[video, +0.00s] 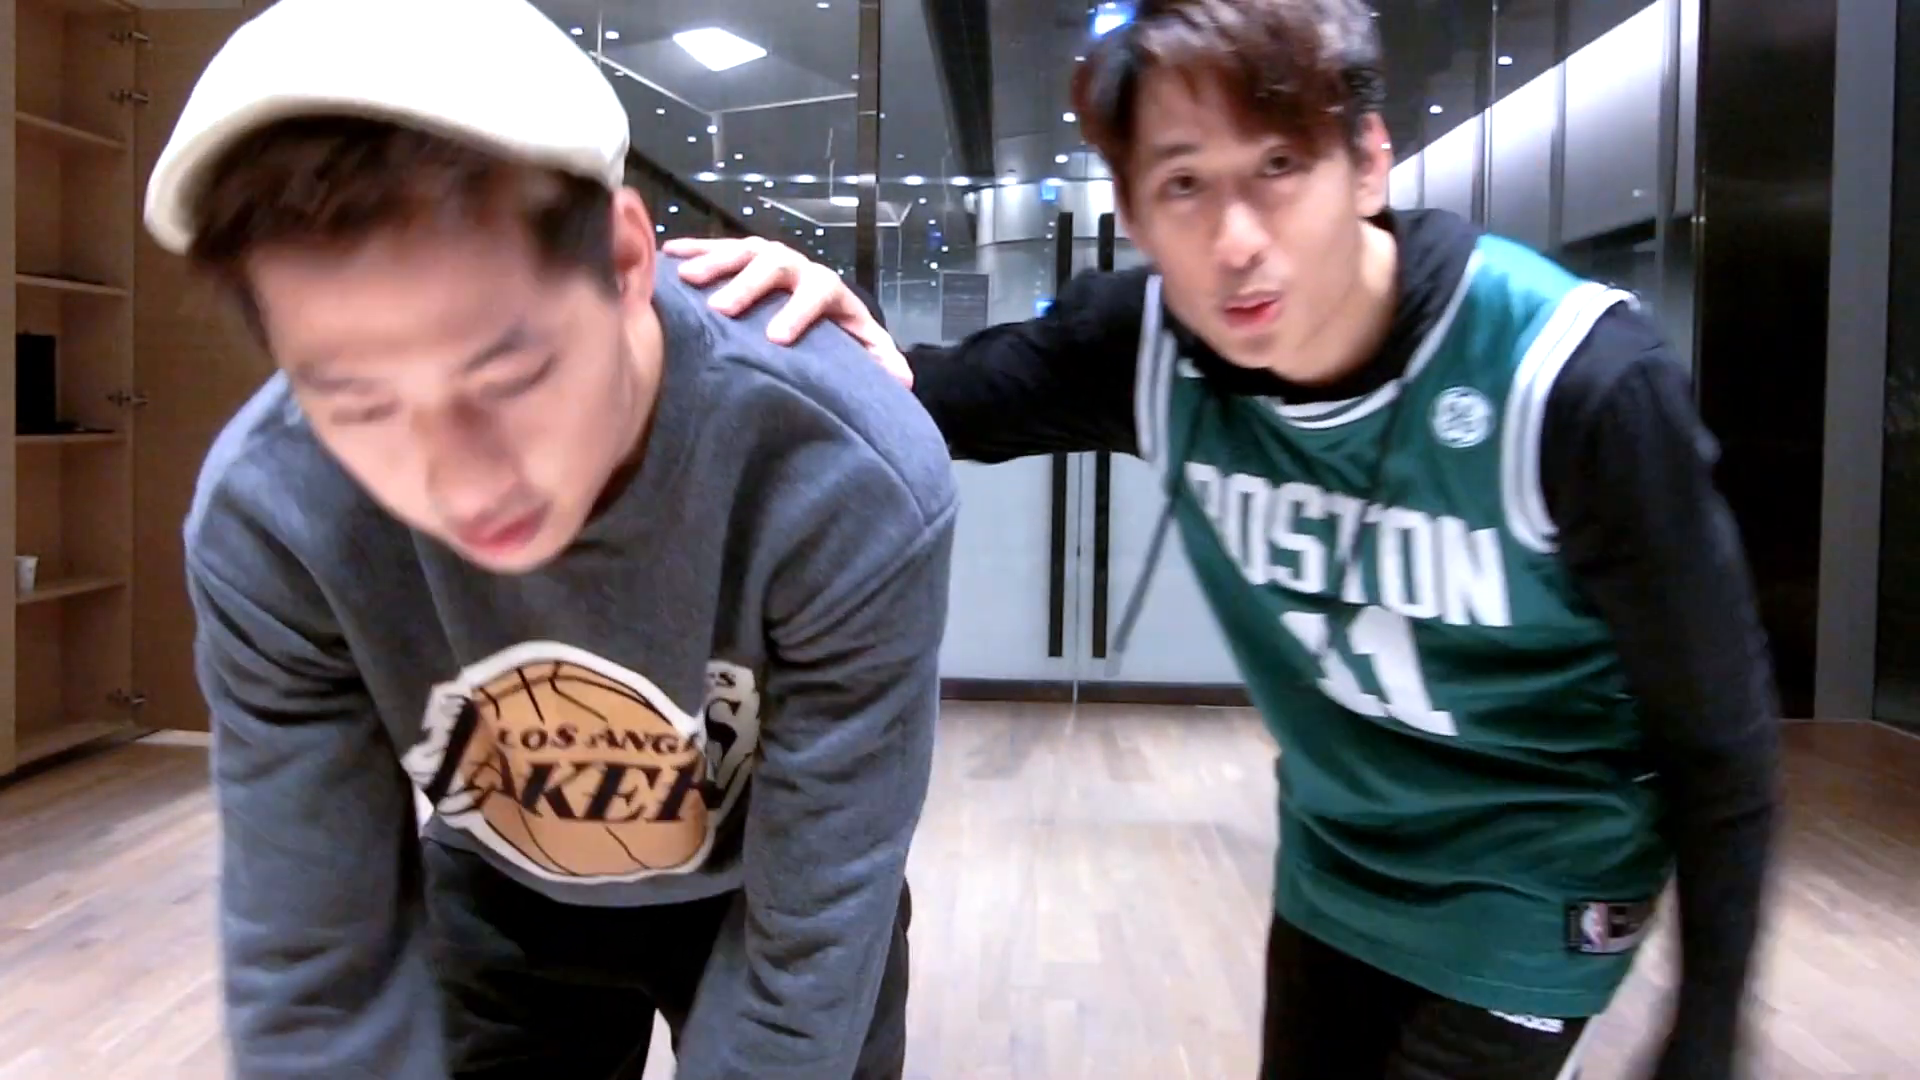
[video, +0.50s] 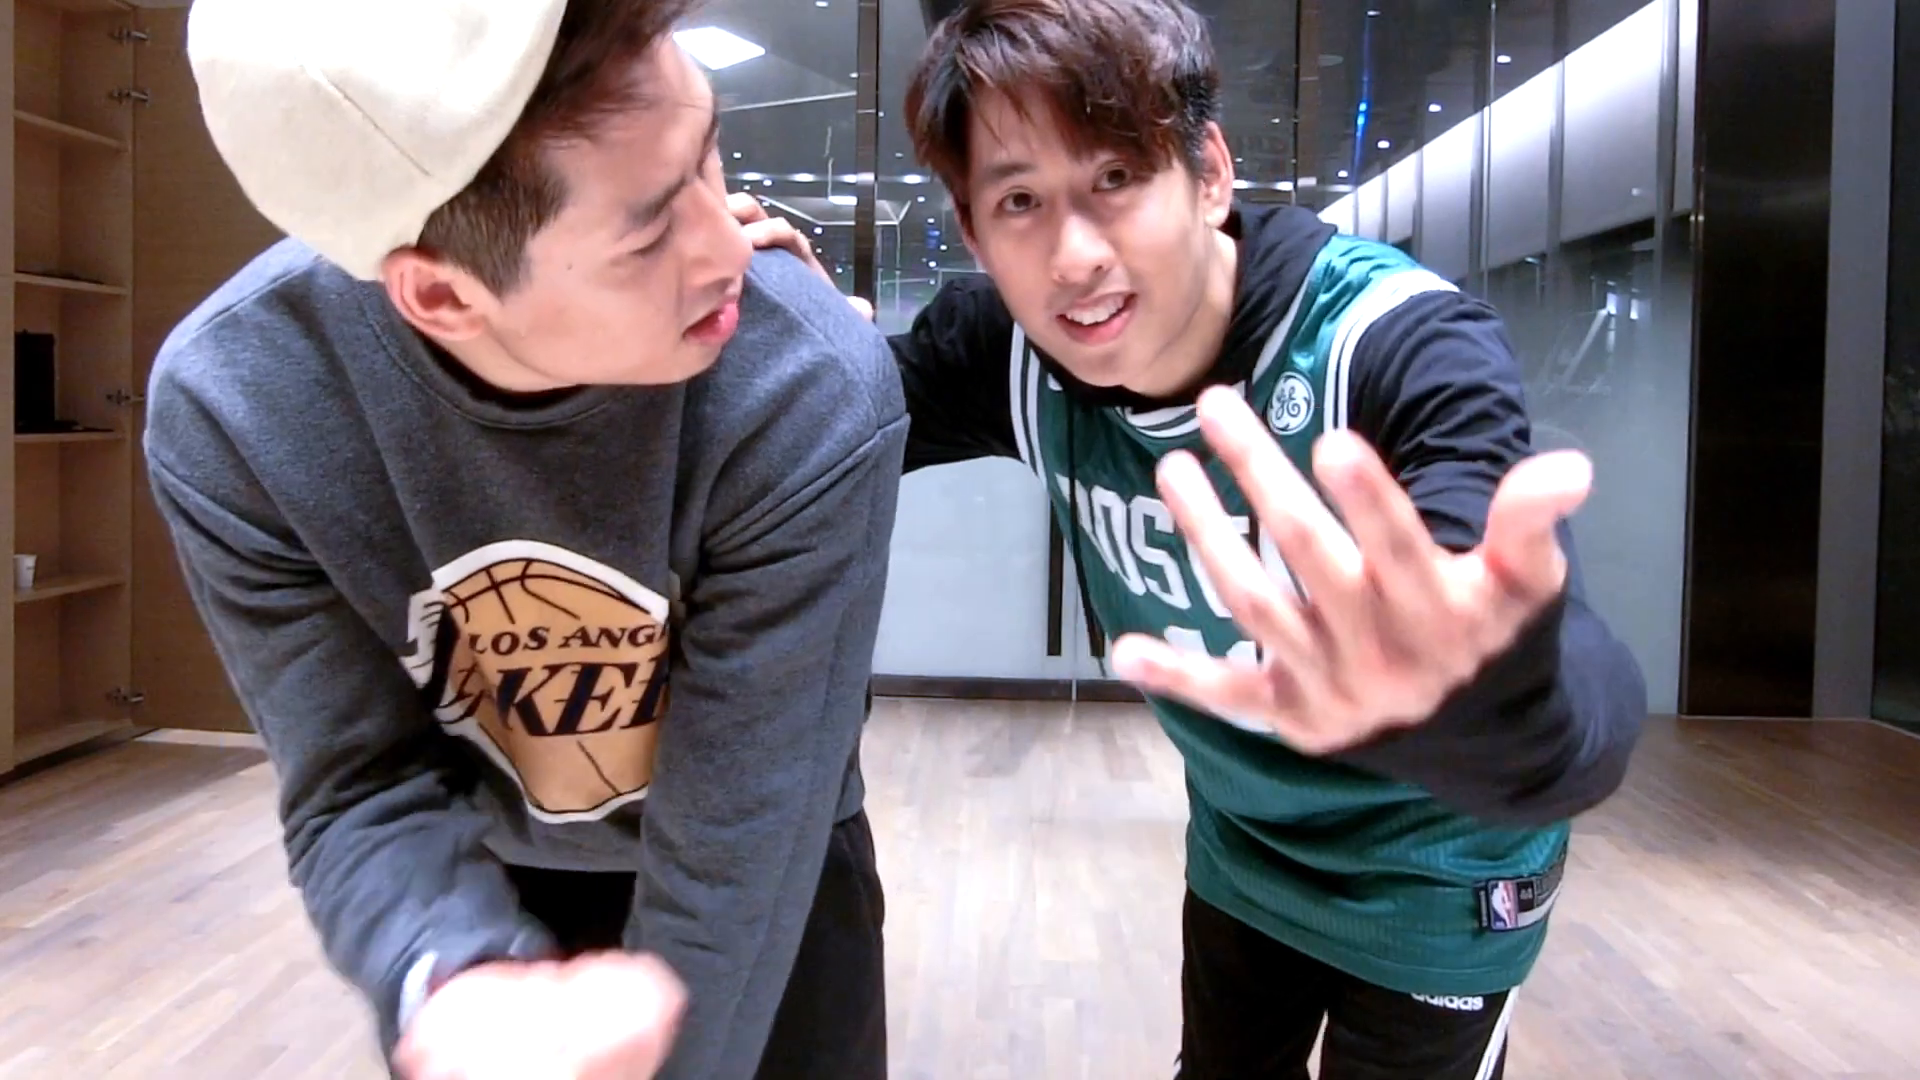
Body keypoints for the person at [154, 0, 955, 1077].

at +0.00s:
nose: (460, 484)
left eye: (509, 377)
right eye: (362, 411)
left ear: (629, 261)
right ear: (289, 373)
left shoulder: (852, 485)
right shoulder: (267, 521)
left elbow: (801, 978)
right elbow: (315, 998)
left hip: (771, 903)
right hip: (507, 896)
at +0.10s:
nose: (606, 364)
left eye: (625, 254)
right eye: (503, 319)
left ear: (656, 192)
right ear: (330, 309)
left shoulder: (834, 460)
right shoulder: (257, 475)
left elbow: (776, 973)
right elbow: (252, 959)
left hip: (782, 882)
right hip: (508, 876)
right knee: (472, 1058)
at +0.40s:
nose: (729, 253)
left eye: (713, 162)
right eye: (648, 237)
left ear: (711, 114)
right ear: (443, 302)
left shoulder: (815, 397)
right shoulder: (235, 409)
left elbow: (698, 888)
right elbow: (319, 833)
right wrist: (361, 1060)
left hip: (759, 866)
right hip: (485, 873)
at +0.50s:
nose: (731, 249)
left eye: (710, 157)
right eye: (648, 236)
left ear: (707, 108)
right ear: (442, 301)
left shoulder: (810, 390)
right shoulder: (228, 406)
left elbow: (723, 868)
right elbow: (358, 785)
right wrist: (455, 981)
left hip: (757, 867)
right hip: (488, 880)